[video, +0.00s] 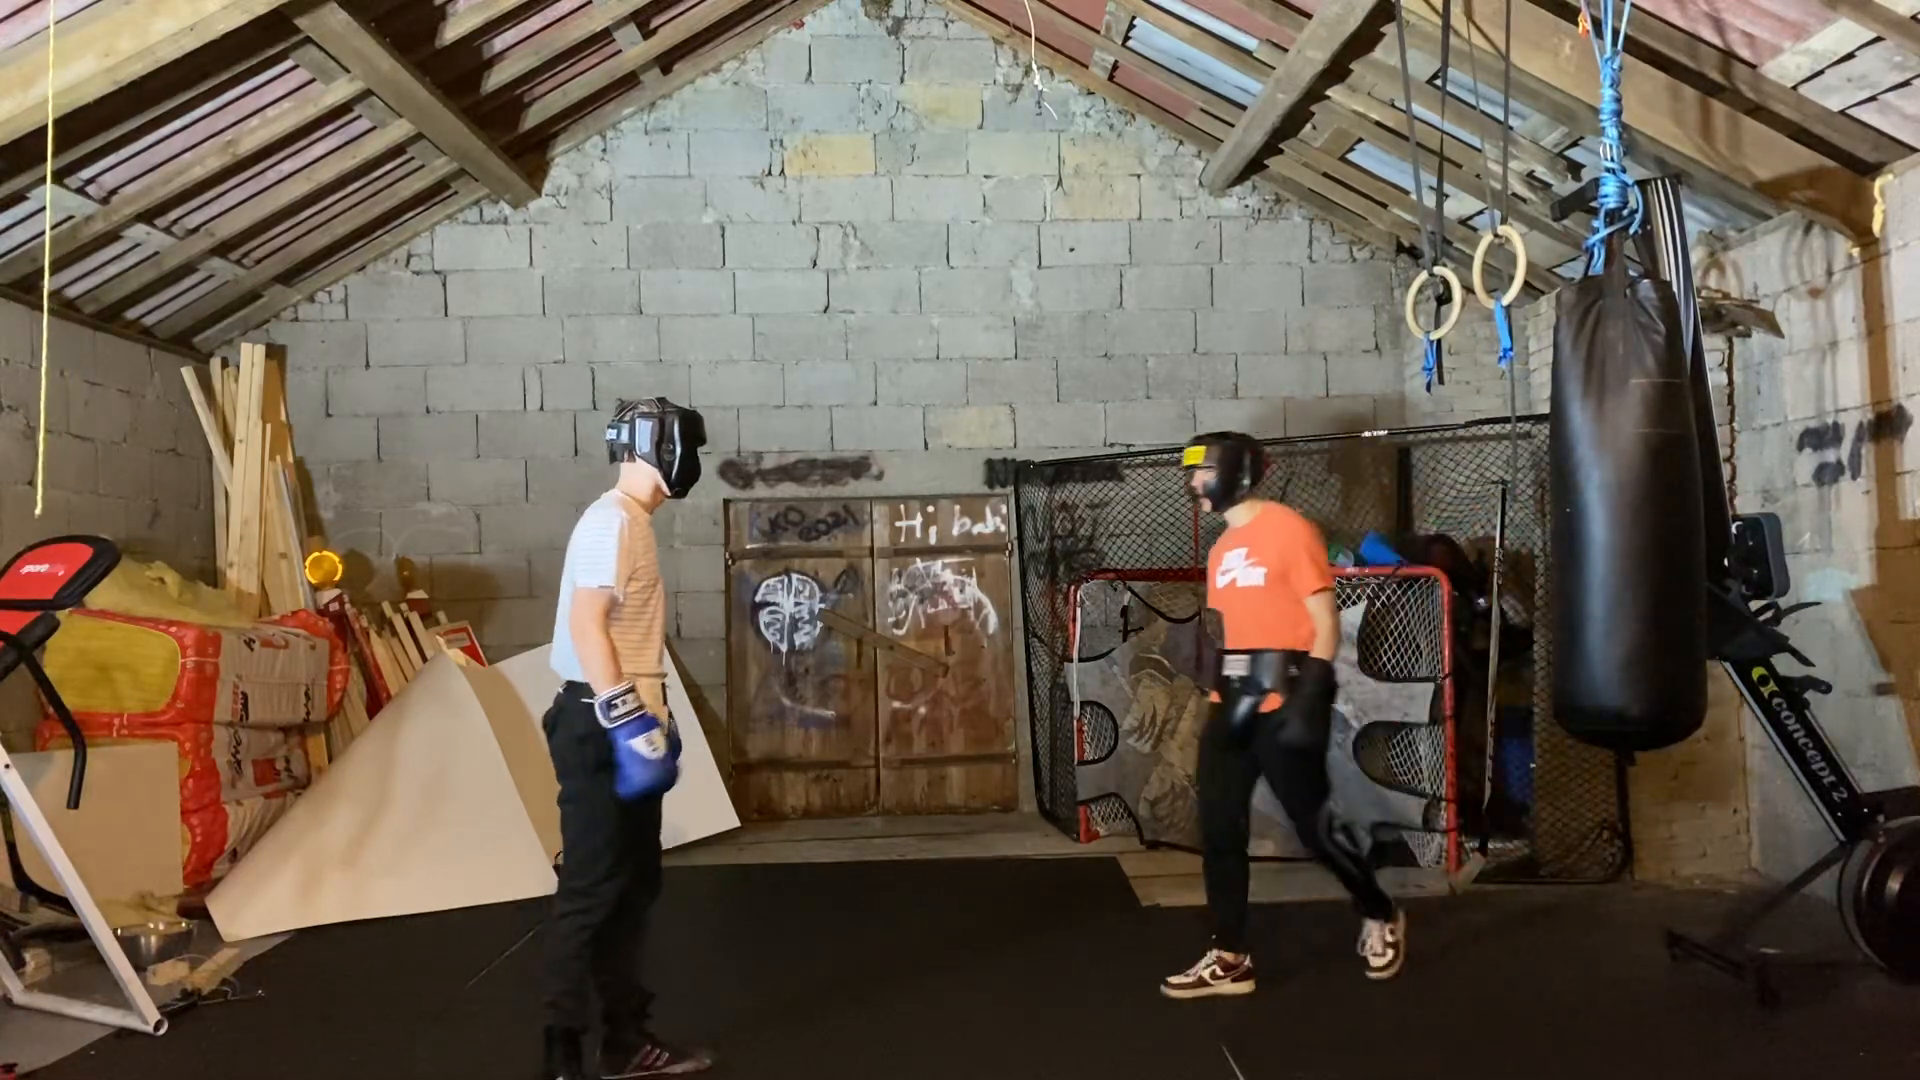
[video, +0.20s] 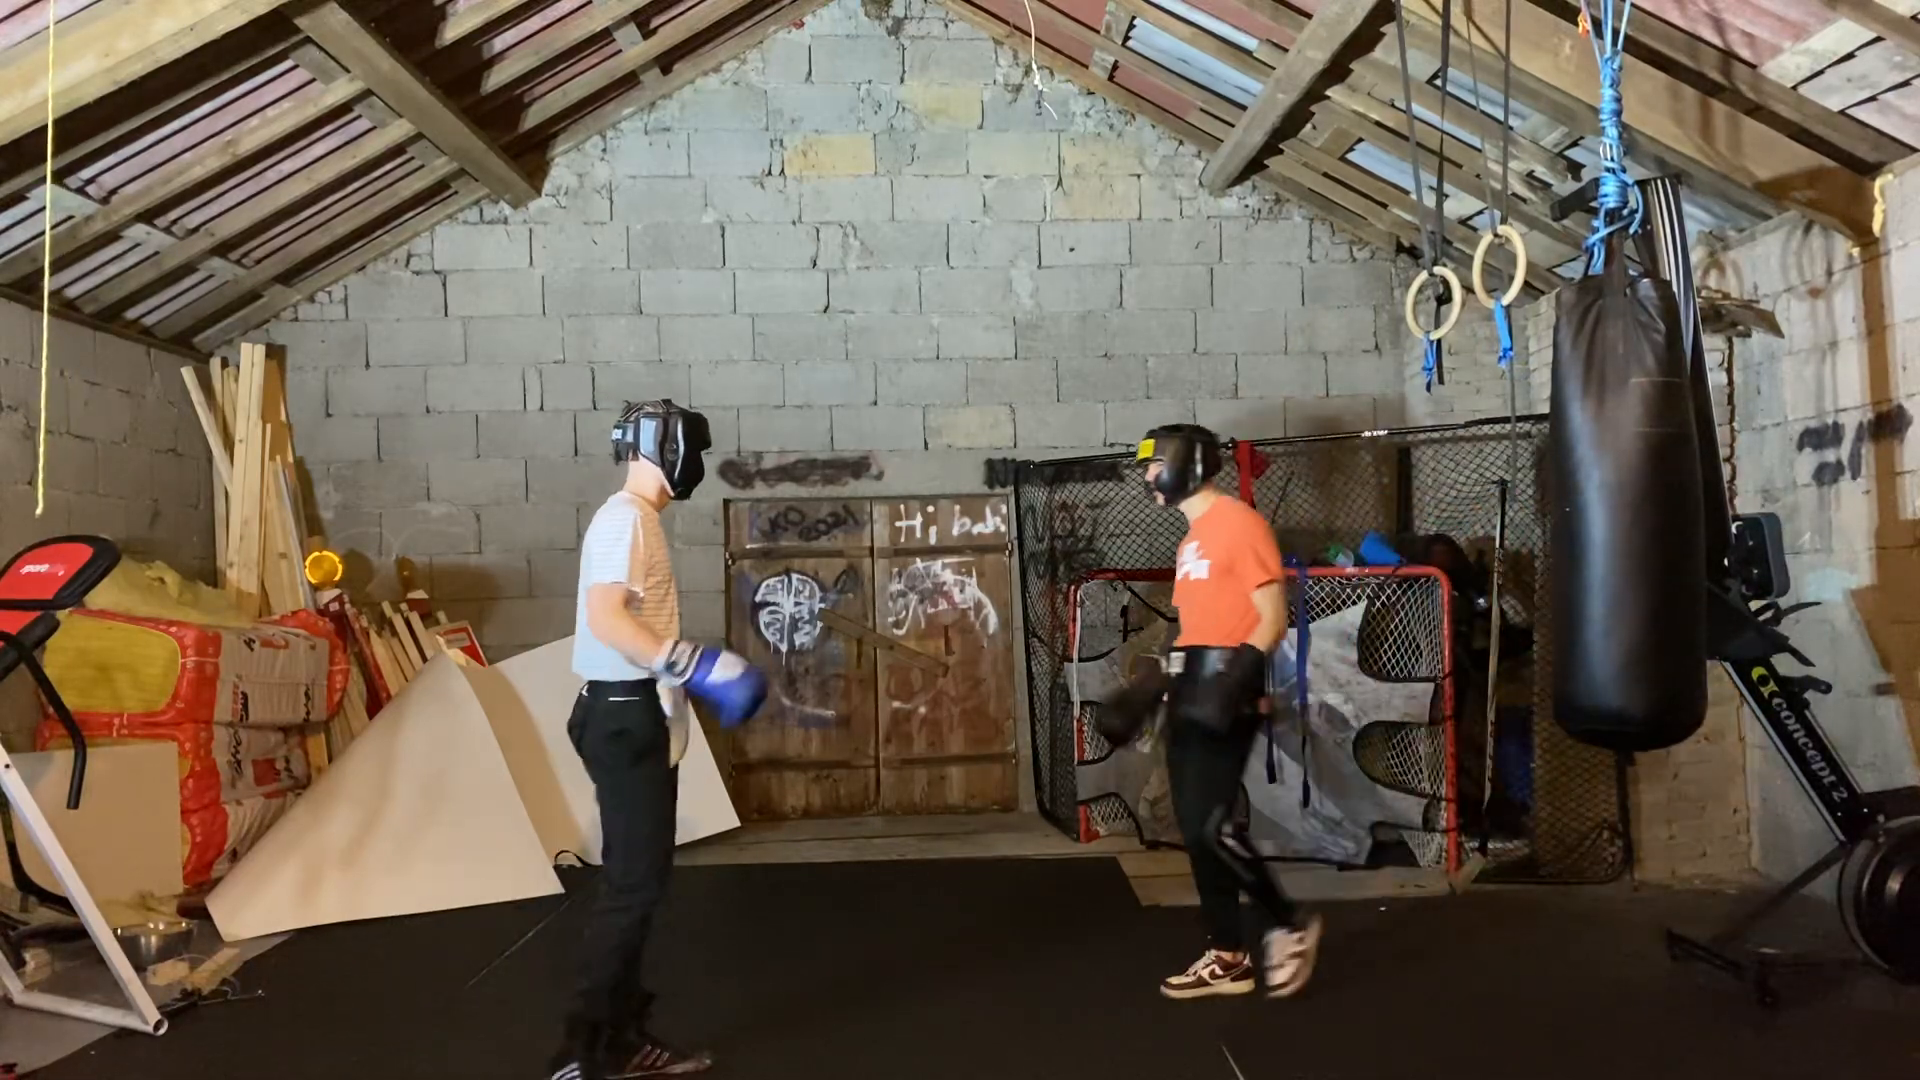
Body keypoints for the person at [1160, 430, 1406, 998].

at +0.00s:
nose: (1194, 482)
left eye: (1203, 470)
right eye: (1193, 471)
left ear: (1237, 472)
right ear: (1218, 477)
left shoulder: (1289, 529)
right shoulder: (1220, 549)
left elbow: (1326, 619)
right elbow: (1222, 630)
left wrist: (1310, 695)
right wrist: (1214, 696)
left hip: (1288, 693)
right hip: (1232, 699)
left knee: (1314, 826)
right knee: (1219, 828)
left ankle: (1381, 915)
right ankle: (1230, 955)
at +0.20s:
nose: (1149, 477)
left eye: (1157, 465)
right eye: (1149, 467)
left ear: (1190, 466)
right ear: (1187, 469)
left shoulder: (1242, 524)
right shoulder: (1195, 536)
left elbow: (1275, 615)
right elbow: (1192, 626)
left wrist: (1235, 684)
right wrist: (1153, 683)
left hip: (1229, 682)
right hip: (1194, 682)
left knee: (1211, 822)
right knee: (1195, 823)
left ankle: (1289, 926)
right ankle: (1228, 953)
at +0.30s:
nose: (1134, 477)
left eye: (1141, 465)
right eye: (1133, 466)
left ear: (1170, 465)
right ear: (1176, 466)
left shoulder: (1215, 522)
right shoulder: (1185, 529)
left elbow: (1243, 621)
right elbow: (1178, 627)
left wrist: (1177, 658)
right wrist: (1108, 653)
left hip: (1206, 704)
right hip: (1183, 702)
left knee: (1173, 825)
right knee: (1186, 826)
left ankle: (1227, 959)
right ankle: (1219, 954)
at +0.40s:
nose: (1118, 483)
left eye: (1124, 471)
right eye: (1118, 472)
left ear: (1153, 469)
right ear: (1162, 469)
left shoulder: (1193, 527)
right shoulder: (1176, 529)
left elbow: (1208, 627)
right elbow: (1163, 622)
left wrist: (1128, 615)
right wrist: (1091, 611)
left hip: (1183, 701)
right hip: (1173, 698)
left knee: (1136, 824)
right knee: (1185, 827)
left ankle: (1146, 983)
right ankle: (1226, 954)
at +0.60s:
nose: (1074, 485)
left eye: (1080, 472)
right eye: (1076, 472)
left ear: (1103, 475)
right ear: (1130, 474)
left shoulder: (1135, 536)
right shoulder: (1156, 534)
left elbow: (1118, 633)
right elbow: (1142, 630)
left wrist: (1057, 598)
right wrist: (1081, 614)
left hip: (1126, 715)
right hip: (1159, 715)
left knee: (1071, 846)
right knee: (1153, 832)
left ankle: (1046, 996)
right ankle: (1219, 948)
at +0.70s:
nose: (1047, 488)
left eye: (1052, 477)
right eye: (1049, 476)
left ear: (1070, 481)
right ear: (1107, 480)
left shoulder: (1097, 543)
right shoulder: (1137, 540)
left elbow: (1044, 630)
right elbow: (1085, 626)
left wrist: (988, 584)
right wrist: (1015, 596)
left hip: (1099, 727)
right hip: (1148, 723)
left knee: (1040, 864)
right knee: (1159, 840)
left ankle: (1046, 1021)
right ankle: (1218, 949)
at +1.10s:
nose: (1026, 483)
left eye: (1028, 472)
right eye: (1029, 472)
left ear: (1042, 474)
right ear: (1099, 471)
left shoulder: (1049, 543)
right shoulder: (1152, 536)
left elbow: (1038, 648)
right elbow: (1155, 627)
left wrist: (979, 698)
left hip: (1079, 747)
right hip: (1158, 746)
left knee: (1034, 874)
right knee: (1172, 883)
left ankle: (1044, 1030)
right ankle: (1208, 1004)